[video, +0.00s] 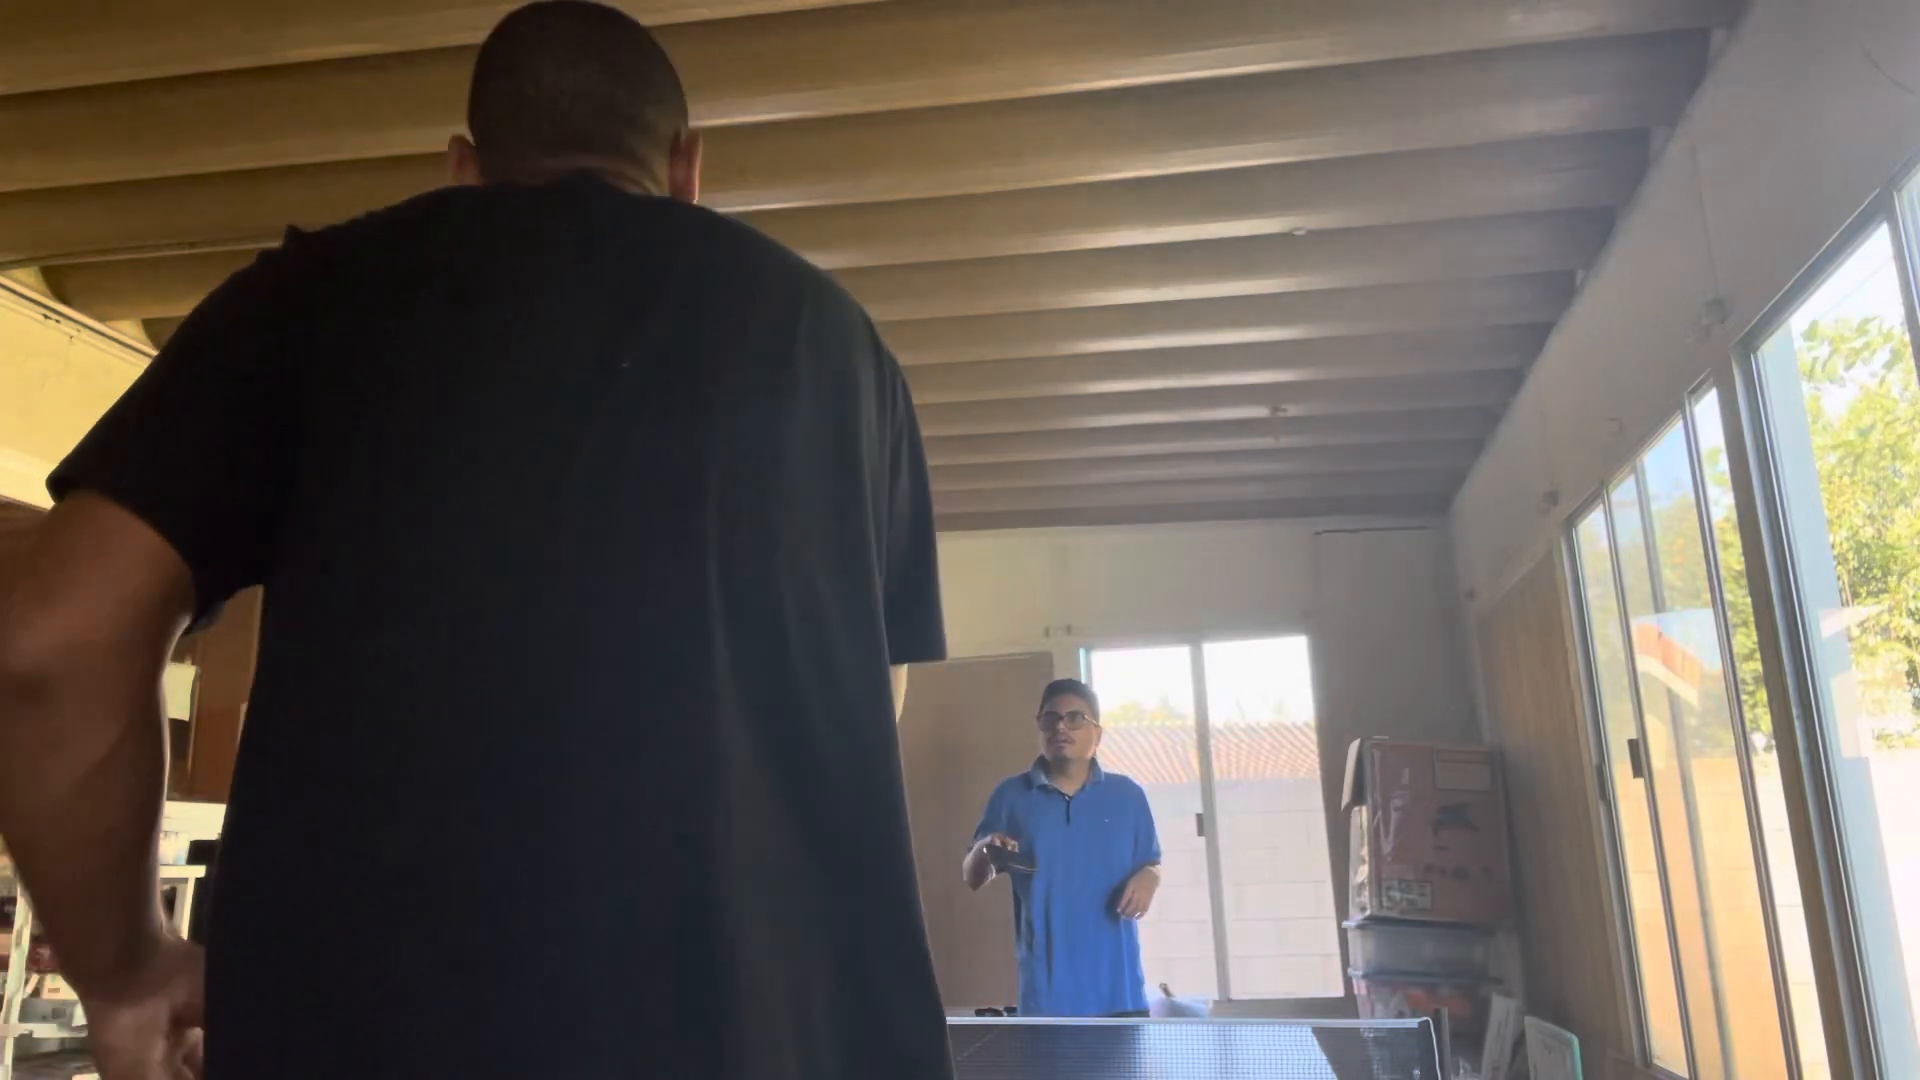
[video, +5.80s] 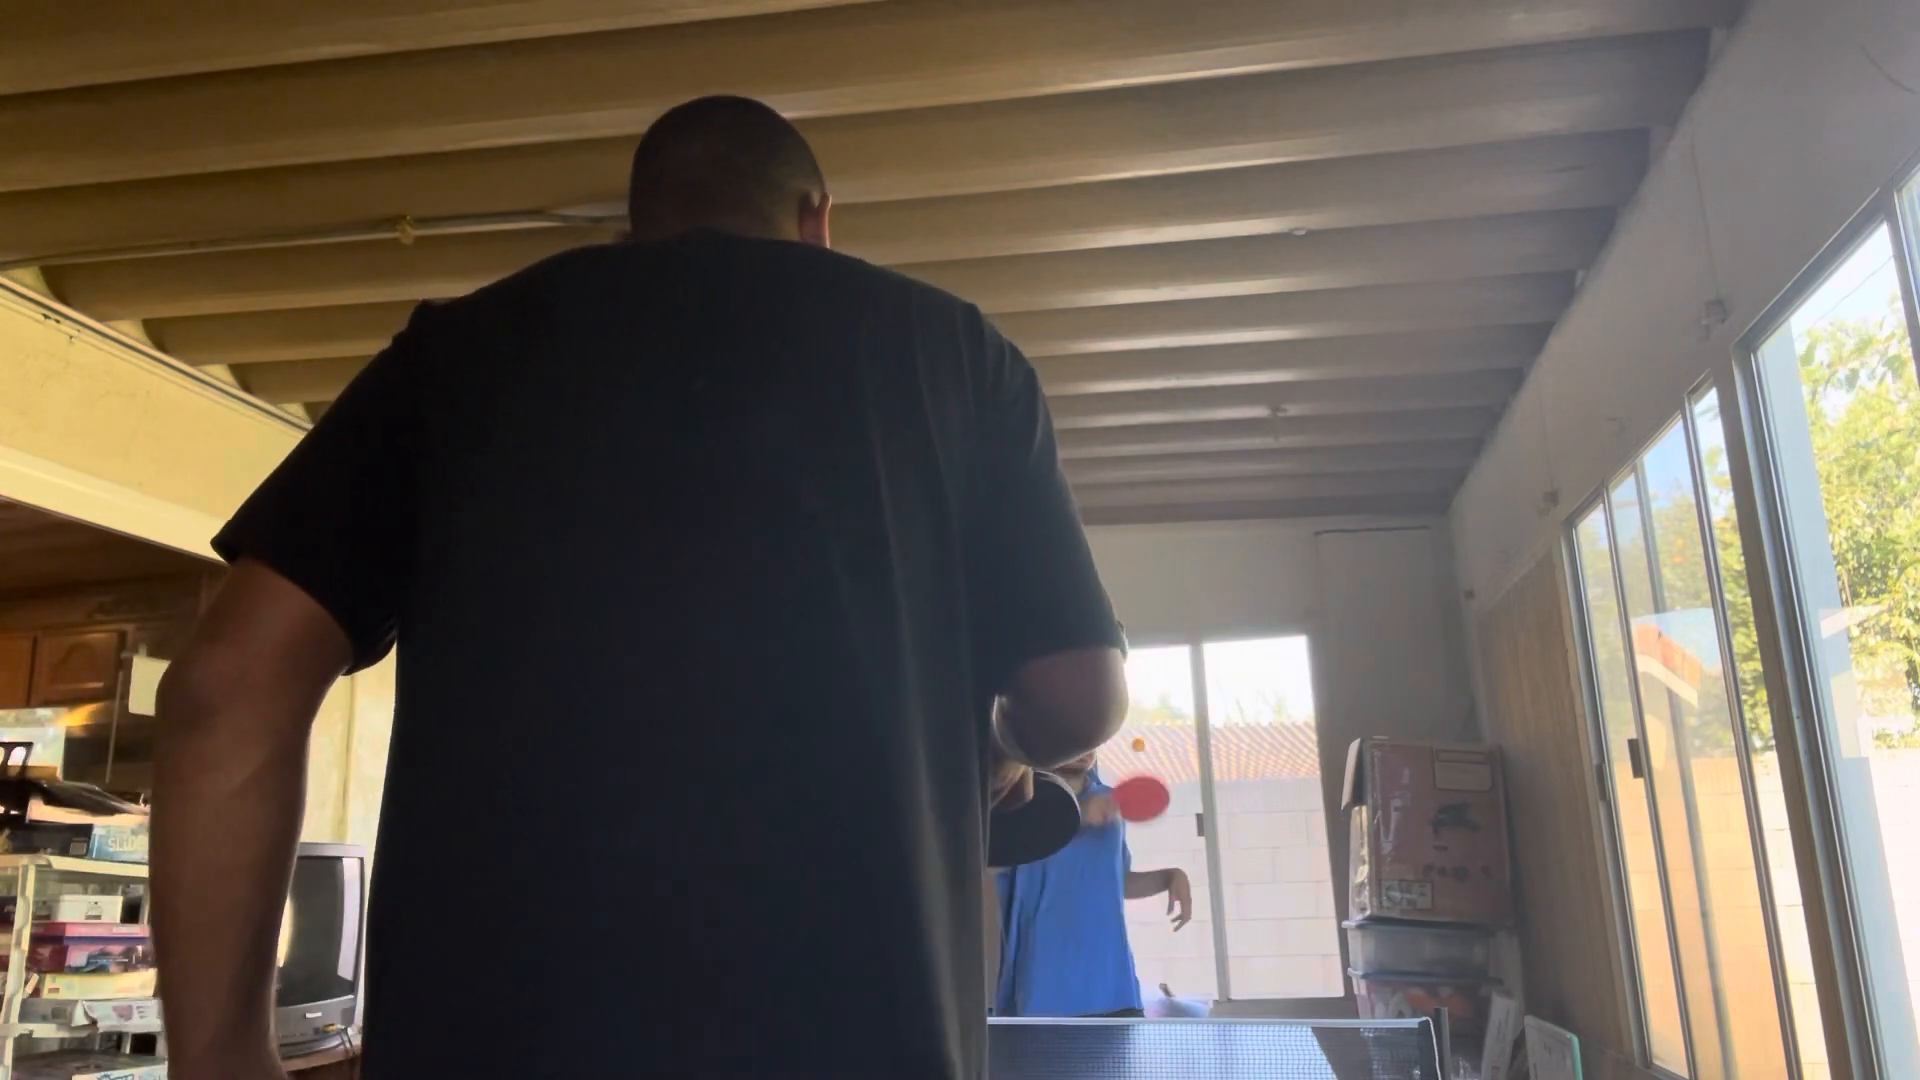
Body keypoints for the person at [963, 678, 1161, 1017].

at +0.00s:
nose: (1061, 727)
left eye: (1075, 718)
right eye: (1051, 718)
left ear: (1096, 733)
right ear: (1039, 729)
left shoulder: (1126, 795)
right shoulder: (1012, 796)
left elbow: (1150, 864)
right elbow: (973, 879)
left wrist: (1148, 877)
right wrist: (985, 852)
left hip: (1117, 986)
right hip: (1045, 989)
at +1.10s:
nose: (1042, 740)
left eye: (1055, 729)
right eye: (1033, 730)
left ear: (1082, 736)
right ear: (1022, 736)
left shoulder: (1116, 795)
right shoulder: (999, 804)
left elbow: (1143, 862)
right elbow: (964, 869)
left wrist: (1136, 878)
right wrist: (934, 852)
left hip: (1108, 988)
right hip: (1036, 993)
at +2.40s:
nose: (1037, 751)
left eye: (1051, 739)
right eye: (1025, 739)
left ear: (1075, 739)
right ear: (1013, 739)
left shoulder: (1107, 794)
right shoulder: (993, 804)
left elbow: (1132, 861)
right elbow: (962, 878)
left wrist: (1134, 876)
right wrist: (956, 896)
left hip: (1106, 988)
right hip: (1033, 995)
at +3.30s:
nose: (1045, 746)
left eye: (1057, 734)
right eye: (1032, 736)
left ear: (1079, 736)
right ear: (1019, 738)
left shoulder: (1102, 801)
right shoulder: (996, 794)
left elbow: (1118, 879)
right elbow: (959, 877)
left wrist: (1137, 878)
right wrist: (986, 868)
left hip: (1100, 994)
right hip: (1023, 997)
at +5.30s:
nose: (1069, 746)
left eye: (1078, 737)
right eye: (1058, 736)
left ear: (1091, 742)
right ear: (1029, 736)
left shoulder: (1110, 800)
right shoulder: (1011, 796)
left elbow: (1124, 875)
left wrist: (1145, 878)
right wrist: (1036, 859)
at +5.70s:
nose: (1084, 755)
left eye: (1091, 744)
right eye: (1071, 744)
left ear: (1098, 746)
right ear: (1042, 746)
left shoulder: (1108, 801)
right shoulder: (1019, 799)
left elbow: (1114, 884)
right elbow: (985, 876)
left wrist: (1168, 878)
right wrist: (1071, 853)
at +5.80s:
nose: (1084, 746)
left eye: (1091, 736)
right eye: (1070, 736)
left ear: (1100, 739)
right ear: (1038, 737)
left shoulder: (1105, 801)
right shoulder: (1013, 800)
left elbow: (1118, 882)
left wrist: (1169, 876)